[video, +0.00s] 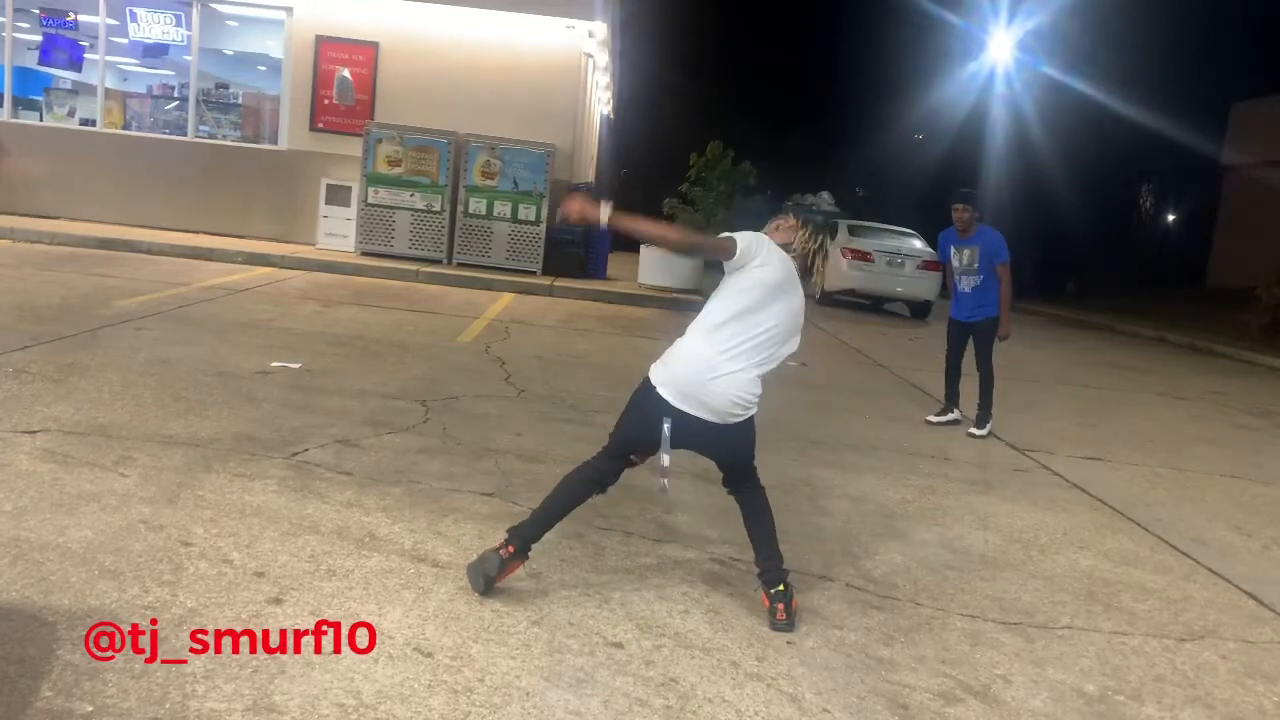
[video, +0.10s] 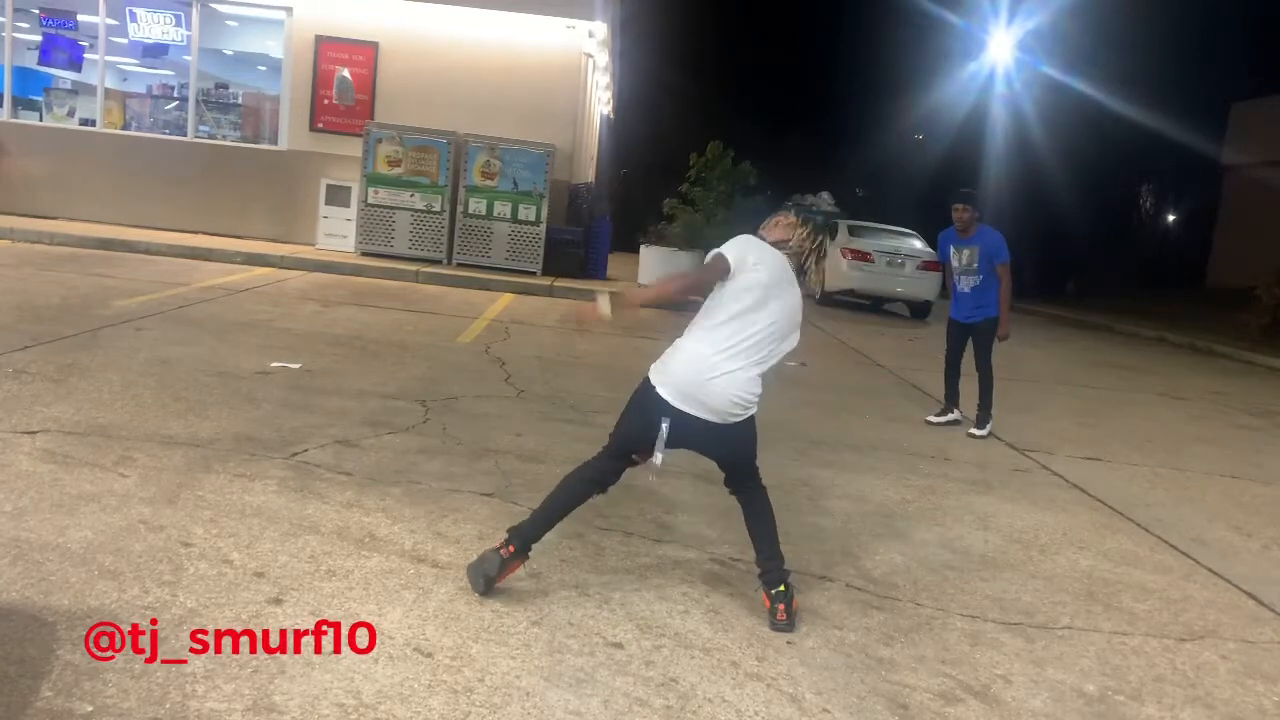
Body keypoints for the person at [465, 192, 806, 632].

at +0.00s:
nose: (773, 223)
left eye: (784, 222)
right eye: (779, 219)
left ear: (794, 238)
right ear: (811, 258)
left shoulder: (757, 246)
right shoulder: (797, 312)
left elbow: (686, 240)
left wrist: (601, 213)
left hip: (665, 394)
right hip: (727, 421)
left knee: (606, 464)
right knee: (747, 487)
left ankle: (512, 548)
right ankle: (778, 592)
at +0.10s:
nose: (768, 224)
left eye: (778, 222)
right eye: (774, 220)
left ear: (787, 238)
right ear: (805, 259)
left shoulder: (749, 248)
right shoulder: (795, 313)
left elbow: (695, 284)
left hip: (666, 396)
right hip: (728, 420)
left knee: (606, 465)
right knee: (747, 484)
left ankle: (513, 547)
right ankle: (778, 589)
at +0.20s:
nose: (765, 221)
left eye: (775, 218)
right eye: (773, 216)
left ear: (785, 231)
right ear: (805, 253)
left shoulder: (741, 249)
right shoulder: (792, 309)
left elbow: (693, 308)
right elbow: (750, 362)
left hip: (670, 400)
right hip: (730, 423)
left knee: (604, 468)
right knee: (748, 485)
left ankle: (512, 549)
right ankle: (778, 591)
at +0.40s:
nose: (773, 217)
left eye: (782, 214)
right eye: (783, 214)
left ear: (787, 223)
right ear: (813, 250)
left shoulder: (738, 243)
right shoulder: (792, 307)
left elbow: (689, 299)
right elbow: (760, 363)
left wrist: (656, 374)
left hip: (662, 395)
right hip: (726, 419)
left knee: (603, 464)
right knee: (744, 488)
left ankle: (513, 549)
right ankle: (777, 591)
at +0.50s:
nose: (826, 294)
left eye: (831, 285)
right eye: (830, 287)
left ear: (804, 239)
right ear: (826, 279)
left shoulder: (747, 238)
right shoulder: (794, 317)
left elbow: (687, 296)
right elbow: (751, 368)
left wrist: (653, 364)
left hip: (657, 389)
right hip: (721, 414)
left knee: (596, 461)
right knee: (743, 485)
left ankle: (514, 551)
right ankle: (777, 590)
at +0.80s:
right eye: (852, 260)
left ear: (812, 230)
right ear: (850, 261)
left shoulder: (760, 243)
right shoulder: (818, 320)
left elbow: (692, 281)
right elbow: (755, 366)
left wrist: (642, 340)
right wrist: (702, 366)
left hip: (654, 376)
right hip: (714, 405)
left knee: (590, 454)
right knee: (729, 482)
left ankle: (508, 548)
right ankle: (775, 589)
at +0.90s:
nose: (862, 254)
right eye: (859, 243)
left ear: (801, 218)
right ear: (846, 244)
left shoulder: (751, 242)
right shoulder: (826, 306)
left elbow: (680, 288)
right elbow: (780, 361)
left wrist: (633, 343)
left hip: (656, 381)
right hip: (715, 408)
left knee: (588, 456)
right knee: (730, 489)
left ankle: (509, 547)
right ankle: (776, 590)